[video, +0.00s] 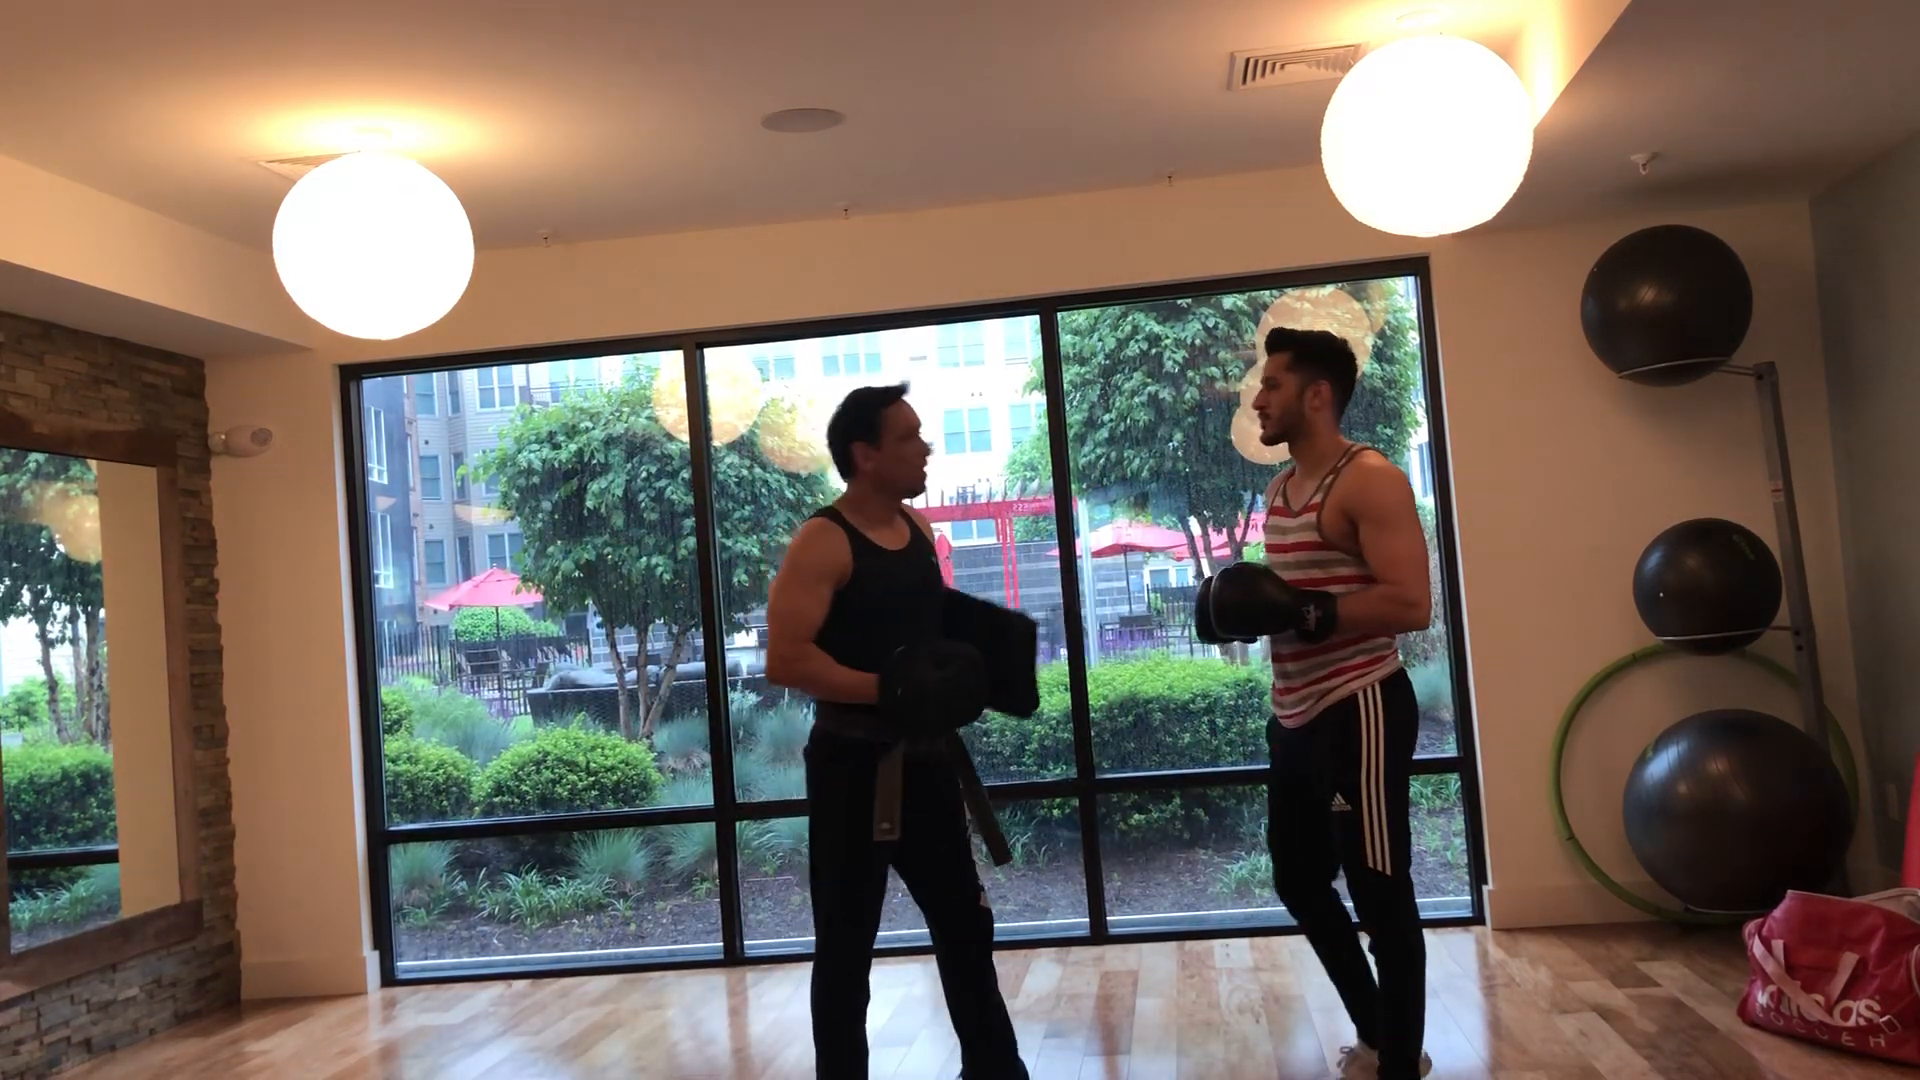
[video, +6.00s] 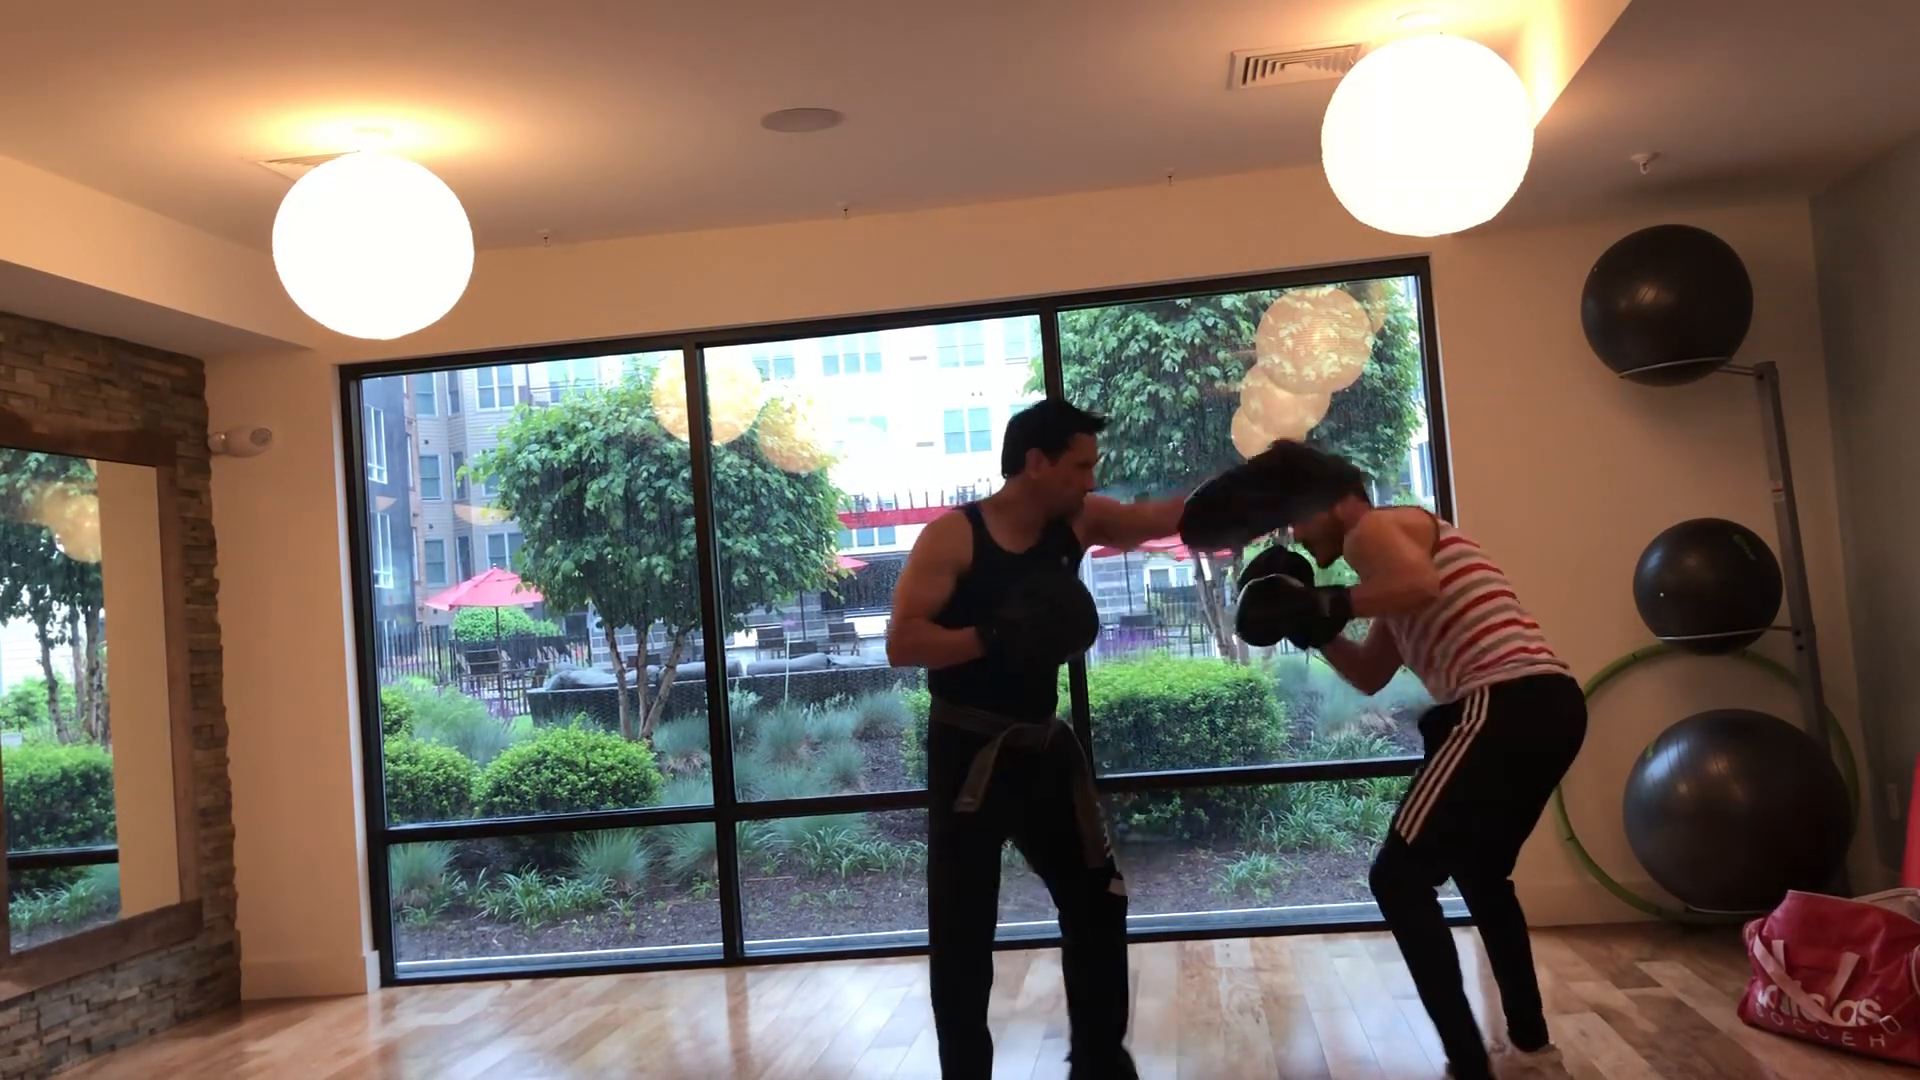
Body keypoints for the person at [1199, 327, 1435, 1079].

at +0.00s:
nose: (1256, 397)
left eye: (1271, 383)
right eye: (1259, 383)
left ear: (1319, 392)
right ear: (1302, 394)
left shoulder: (1371, 479)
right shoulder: (1282, 489)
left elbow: (1413, 603)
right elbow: (1306, 592)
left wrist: (1301, 611)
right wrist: (1243, 603)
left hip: (1365, 699)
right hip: (1299, 707)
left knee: (1380, 887)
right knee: (1300, 882)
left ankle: (1403, 1062)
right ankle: (1378, 1036)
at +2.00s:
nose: (1228, 532)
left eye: (1231, 514)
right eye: (1226, 516)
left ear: (1269, 510)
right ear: (1283, 509)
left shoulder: (1359, 569)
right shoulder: (1337, 565)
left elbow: (1307, 717)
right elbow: (1373, 660)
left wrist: (1243, 648)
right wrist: (1270, 686)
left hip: (1505, 736)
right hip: (1461, 739)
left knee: (1432, 910)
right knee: (1406, 887)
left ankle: (1454, 1069)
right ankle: (1458, 1054)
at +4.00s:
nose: (1258, 495)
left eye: (1259, 476)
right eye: (1254, 480)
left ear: (1298, 462)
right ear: (1308, 463)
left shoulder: (1360, 522)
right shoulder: (1376, 509)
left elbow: (1342, 650)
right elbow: (1370, 644)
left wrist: (1260, 643)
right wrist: (1292, 654)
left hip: (1464, 723)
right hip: (1466, 717)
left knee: (1415, 910)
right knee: (1447, 893)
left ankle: (1457, 1067)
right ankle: (1493, 1044)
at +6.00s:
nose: (1295, 535)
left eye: (1296, 518)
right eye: (1290, 524)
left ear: (1337, 502)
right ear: (1353, 501)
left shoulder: (1375, 527)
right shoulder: (1417, 549)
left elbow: (1420, 583)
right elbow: (1369, 673)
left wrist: (1320, 601)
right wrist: (1308, 623)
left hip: (1502, 702)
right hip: (1552, 702)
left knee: (1398, 876)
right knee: (1481, 867)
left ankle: (1468, 1064)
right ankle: (1530, 1037)